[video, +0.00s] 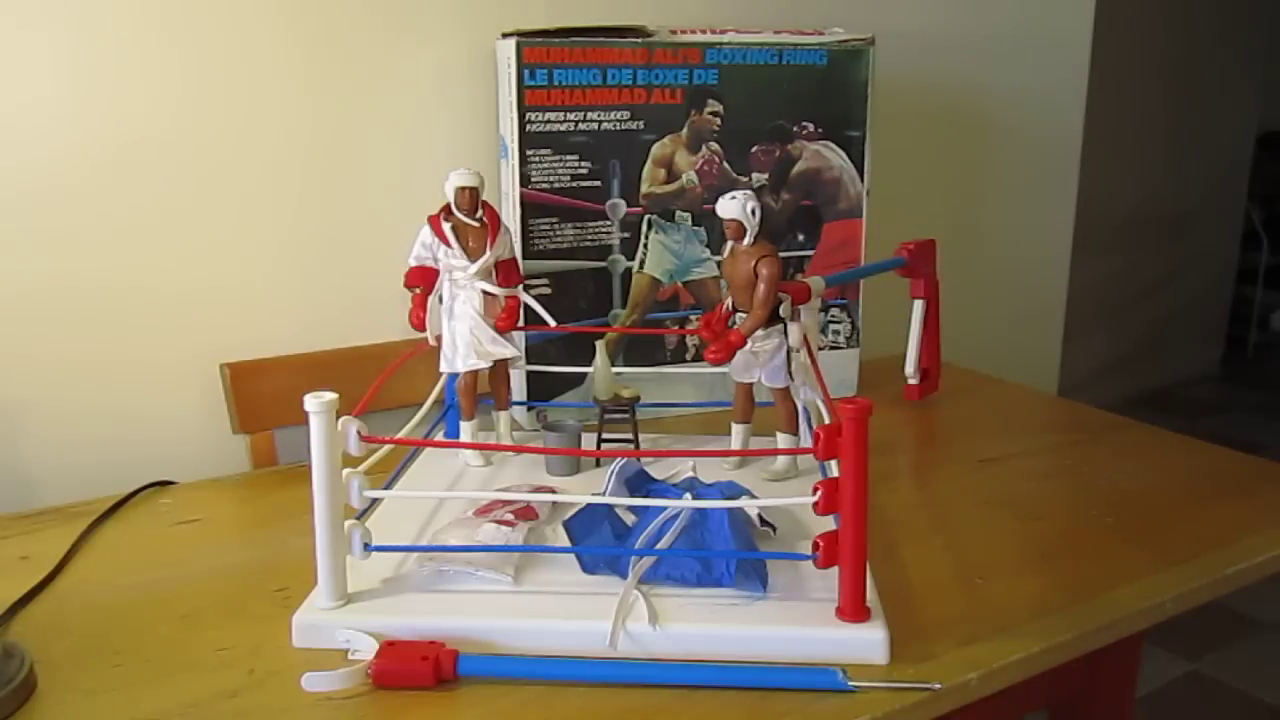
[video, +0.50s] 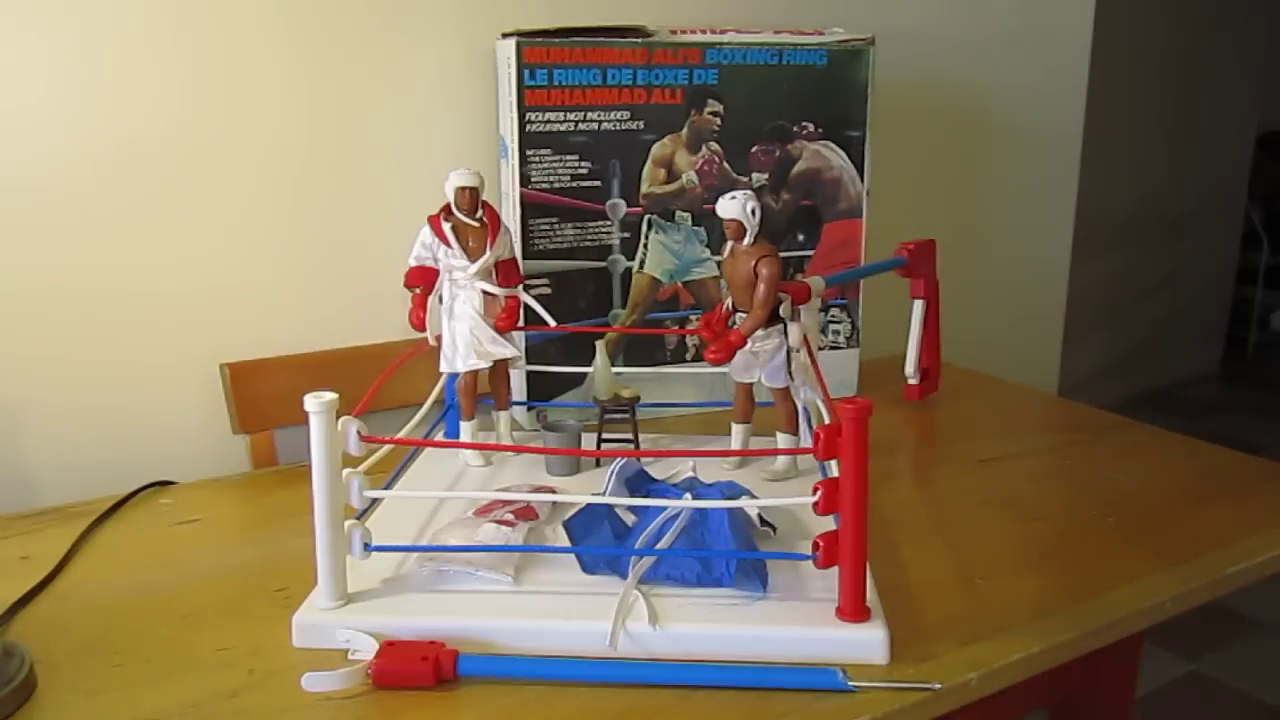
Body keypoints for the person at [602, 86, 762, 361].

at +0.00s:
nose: (719, 122)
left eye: (720, 116)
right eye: (714, 115)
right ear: (694, 114)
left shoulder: (712, 150)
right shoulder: (665, 148)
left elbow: (731, 182)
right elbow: (647, 197)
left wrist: (755, 181)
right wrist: (683, 183)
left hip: (693, 237)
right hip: (660, 234)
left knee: (718, 309)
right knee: (635, 313)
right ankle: (596, 372)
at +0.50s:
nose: (718, 122)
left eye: (720, 116)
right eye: (713, 115)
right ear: (694, 114)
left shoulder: (712, 150)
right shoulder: (665, 148)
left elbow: (731, 182)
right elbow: (646, 196)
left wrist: (755, 181)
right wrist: (682, 183)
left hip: (693, 237)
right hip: (660, 235)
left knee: (718, 309)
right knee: (635, 314)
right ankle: (596, 373)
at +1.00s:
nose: (719, 122)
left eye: (720, 116)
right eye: (714, 115)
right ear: (694, 114)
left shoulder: (712, 150)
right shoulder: (664, 148)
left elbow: (732, 182)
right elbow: (646, 196)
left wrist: (755, 181)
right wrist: (682, 183)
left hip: (693, 237)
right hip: (660, 234)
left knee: (719, 309)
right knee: (635, 313)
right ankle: (596, 370)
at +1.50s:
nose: (719, 122)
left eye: (720, 116)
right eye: (713, 114)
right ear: (694, 114)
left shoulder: (712, 150)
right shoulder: (665, 148)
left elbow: (730, 182)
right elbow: (646, 196)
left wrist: (753, 182)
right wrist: (683, 183)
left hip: (694, 238)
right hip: (660, 235)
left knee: (720, 310)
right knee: (635, 314)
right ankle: (596, 370)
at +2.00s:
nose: (719, 122)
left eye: (720, 116)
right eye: (713, 115)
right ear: (693, 115)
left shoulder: (712, 150)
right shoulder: (665, 148)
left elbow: (731, 182)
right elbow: (646, 196)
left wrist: (754, 181)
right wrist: (682, 183)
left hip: (693, 236)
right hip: (660, 234)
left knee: (719, 309)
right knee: (635, 313)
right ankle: (596, 370)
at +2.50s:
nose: (718, 122)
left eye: (720, 116)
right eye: (713, 115)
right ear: (693, 115)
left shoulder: (712, 150)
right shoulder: (665, 148)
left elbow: (731, 182)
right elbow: (646, 196)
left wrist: (756, 181)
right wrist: (683, 183)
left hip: (693, 236)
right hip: (660, 234)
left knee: (719, 308)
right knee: (635, 313)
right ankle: (596, 370)